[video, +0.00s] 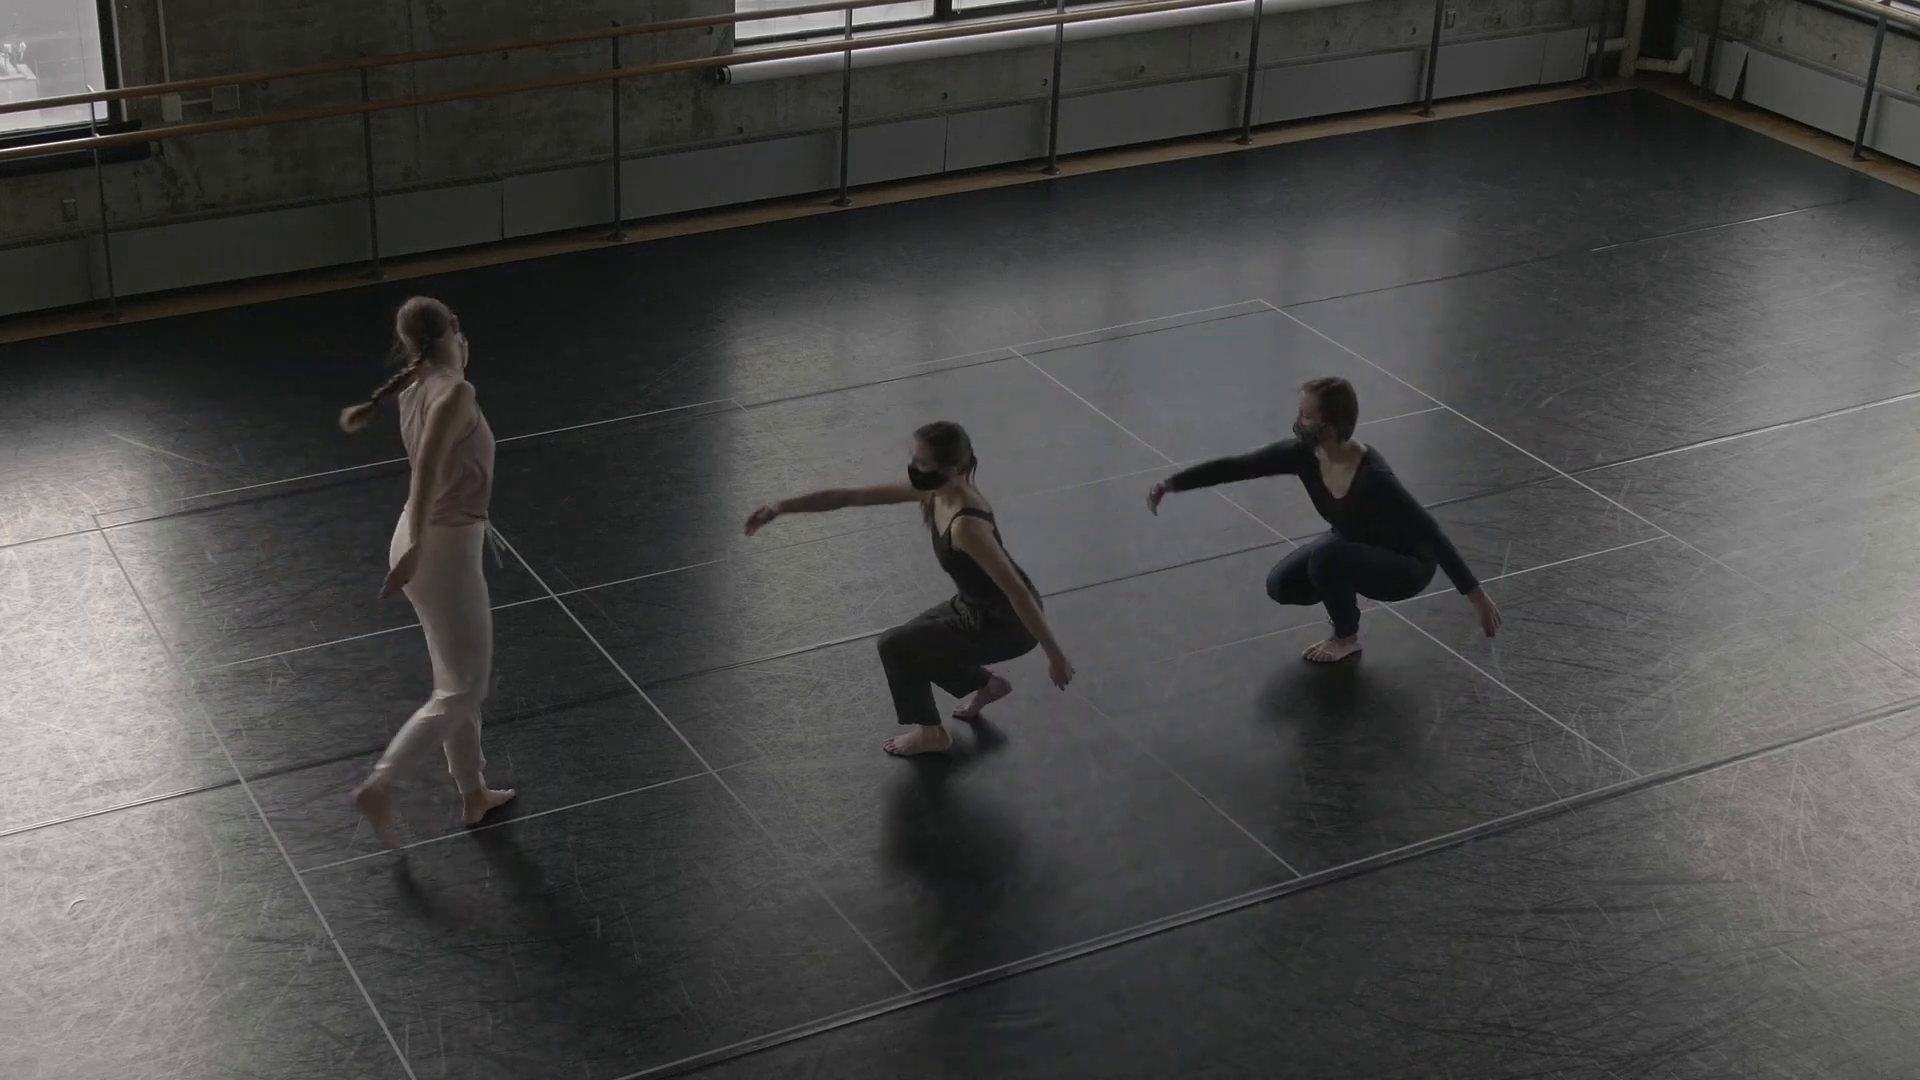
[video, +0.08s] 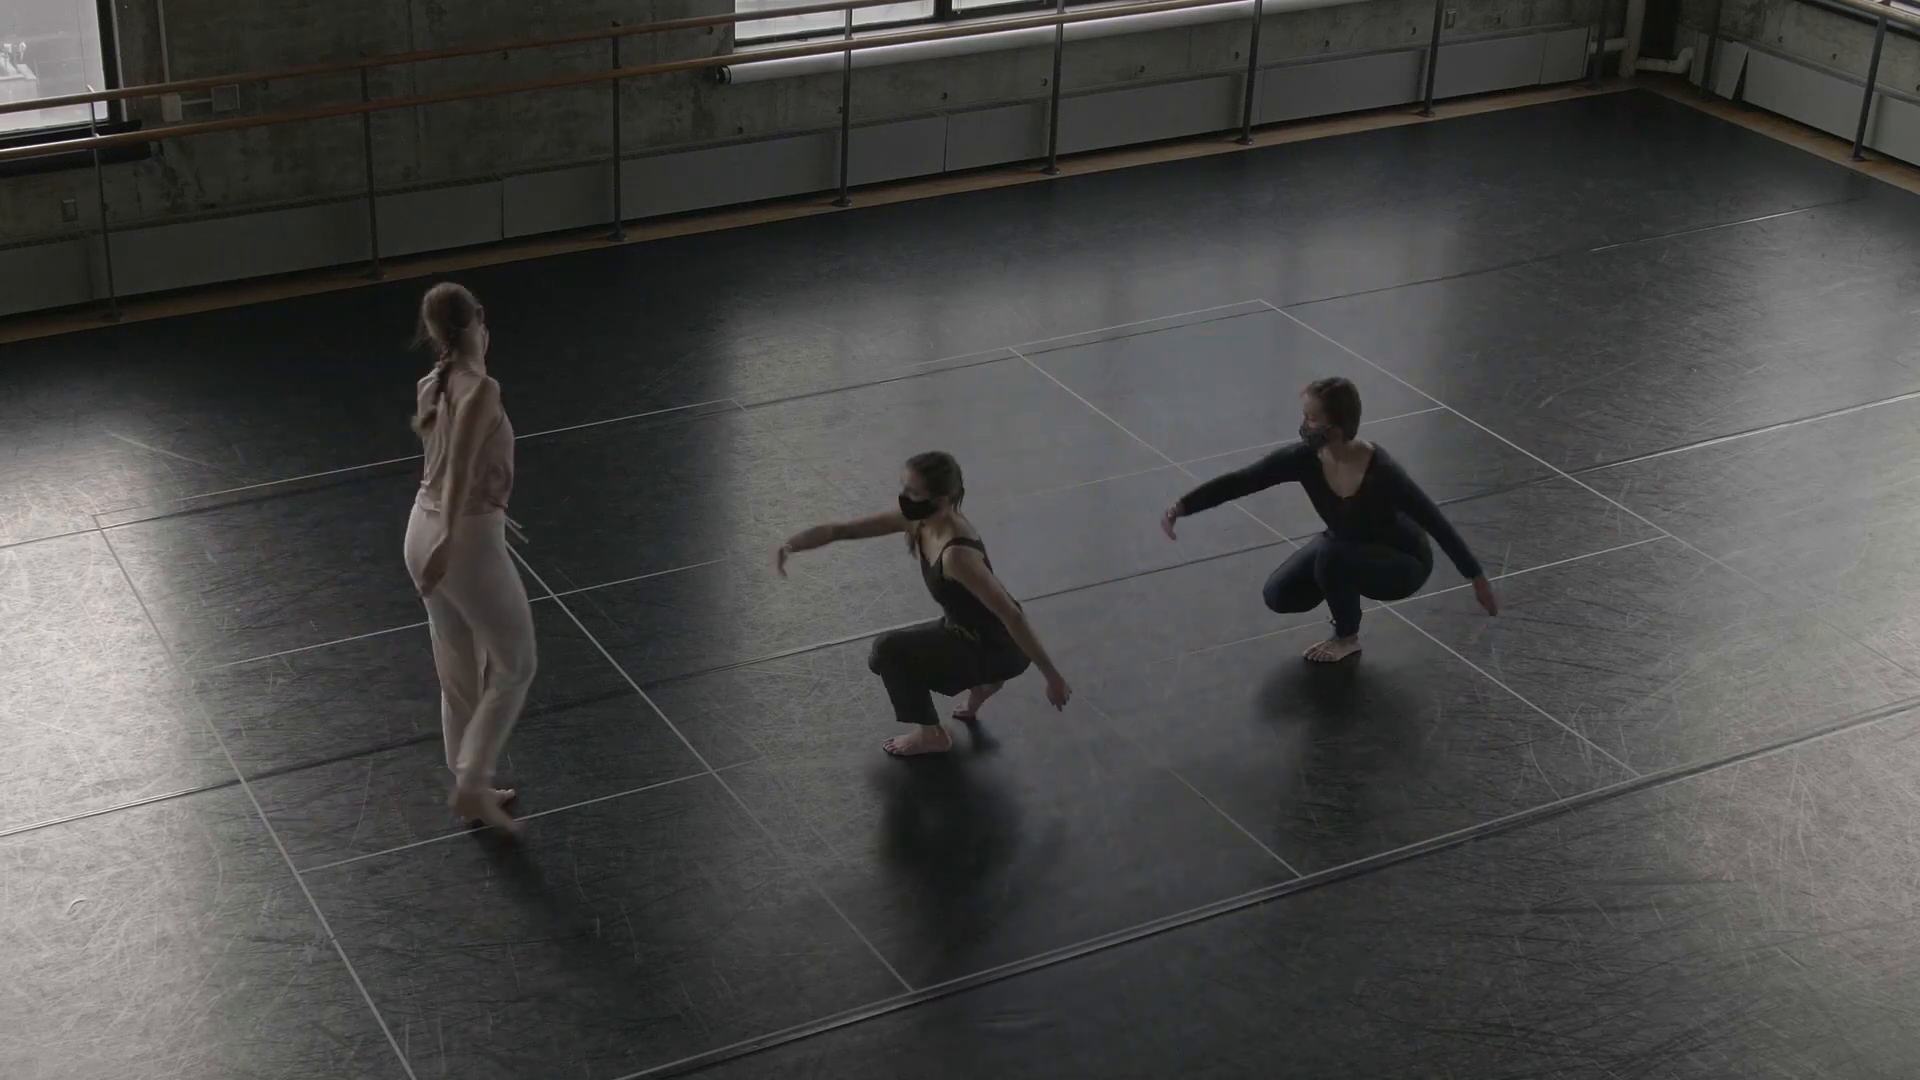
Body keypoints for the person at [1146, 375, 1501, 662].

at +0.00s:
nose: (1295, 422)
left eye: (1304, 416)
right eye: (1297, 413)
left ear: (1330, 427)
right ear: (1321, 423)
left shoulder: (1374, 476)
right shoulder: (1302, 454)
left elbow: (1430, 534)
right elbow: (1238, 468)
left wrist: (1476, 594)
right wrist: (1172, 483)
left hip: (1405, 562)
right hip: (1353, 544)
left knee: (1325, 559)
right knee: (1280, 586)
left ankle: (1347, 636)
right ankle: (1346, 594)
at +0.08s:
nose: (1302, 424)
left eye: (1310, 418)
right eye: (1302, 415)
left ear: (1336, 427)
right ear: (1324, 424)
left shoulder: (1381, 469)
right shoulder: (1303, 458)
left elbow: (1434, 522)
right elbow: (1246, 481)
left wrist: (1477, 579)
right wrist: (1181, 507)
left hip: (1401, 561)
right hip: (1342, 546)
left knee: (1331, 559)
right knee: (1278, 597)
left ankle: (1347, 637)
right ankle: (1340, 577)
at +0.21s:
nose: (1323, 399)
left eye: (1331, 392)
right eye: (1320, 391)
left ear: (1357, 395)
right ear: (1316, 390)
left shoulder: (1397, 438)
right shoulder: (1311, 435)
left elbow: (1428, 475)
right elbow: (1258, 462)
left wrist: (1447, 511)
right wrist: (1210, 497)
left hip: (1398, 532)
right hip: (1339, 526)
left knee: (1328, 560)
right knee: (1287, 599)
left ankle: (1344, 636)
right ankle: (1341, 587)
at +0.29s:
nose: (1342, 373)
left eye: (1352, 365)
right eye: (1337, 364)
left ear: (1375, 363)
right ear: (1329, 360)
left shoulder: (1406, 406)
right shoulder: (1318, 407)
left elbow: (1418, 461)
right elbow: (1264, 445)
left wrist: (1389, 479)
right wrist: (1237, 481)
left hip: (1397, 509)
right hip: (1338, 503)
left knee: (1333, 557)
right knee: (1298, 594)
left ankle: (1343, 634)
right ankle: (1343, 588)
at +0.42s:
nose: (1370, 338)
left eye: (1379, 329)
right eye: (1362, 330)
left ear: (1395, 324)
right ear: (1347, 325)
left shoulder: (1410, 364)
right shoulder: (1330, 374)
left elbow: (1398, 412)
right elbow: (1281, 424)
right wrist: (1285, 468)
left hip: (1398, 475)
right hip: (1338, 473)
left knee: (1356, 552)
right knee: (1321, 575)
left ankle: (1341, 633)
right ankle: (1344, 595)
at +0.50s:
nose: (1385, 325)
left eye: (1393, 315)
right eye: (1375, 317)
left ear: (1403, 311)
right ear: (1356, 314)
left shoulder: (1413, 348)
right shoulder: (1337, 363)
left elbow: (1400, 401)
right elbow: (1296, 421)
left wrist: (1397, 438)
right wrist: (1312, 465)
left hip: (1398, 461)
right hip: (1340, 461)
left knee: (1382, 558)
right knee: (1337, 562)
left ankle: (1341, 633)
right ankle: (1335, 597)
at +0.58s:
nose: (1395, 320)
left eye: (1402, 310)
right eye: (1386, 312)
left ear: (1410, 307)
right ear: (1363, 310)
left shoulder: (1417, 343)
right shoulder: (1344, 359)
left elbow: (1399, 397)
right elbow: (1313, 423)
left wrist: (1395, 440)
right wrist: (1343, 469)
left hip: (1398, 454)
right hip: (1339, 459)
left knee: (1400, 550)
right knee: (1354, 563)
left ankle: (1366, 623)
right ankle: (1331, 591)